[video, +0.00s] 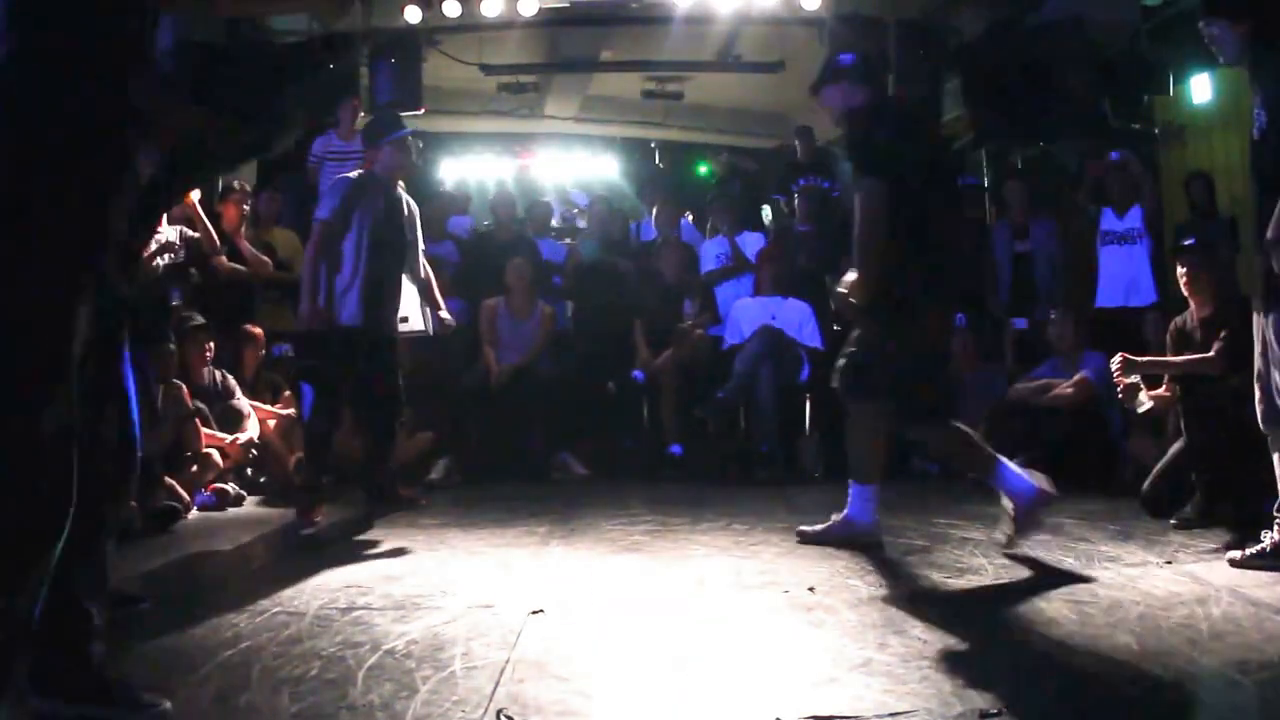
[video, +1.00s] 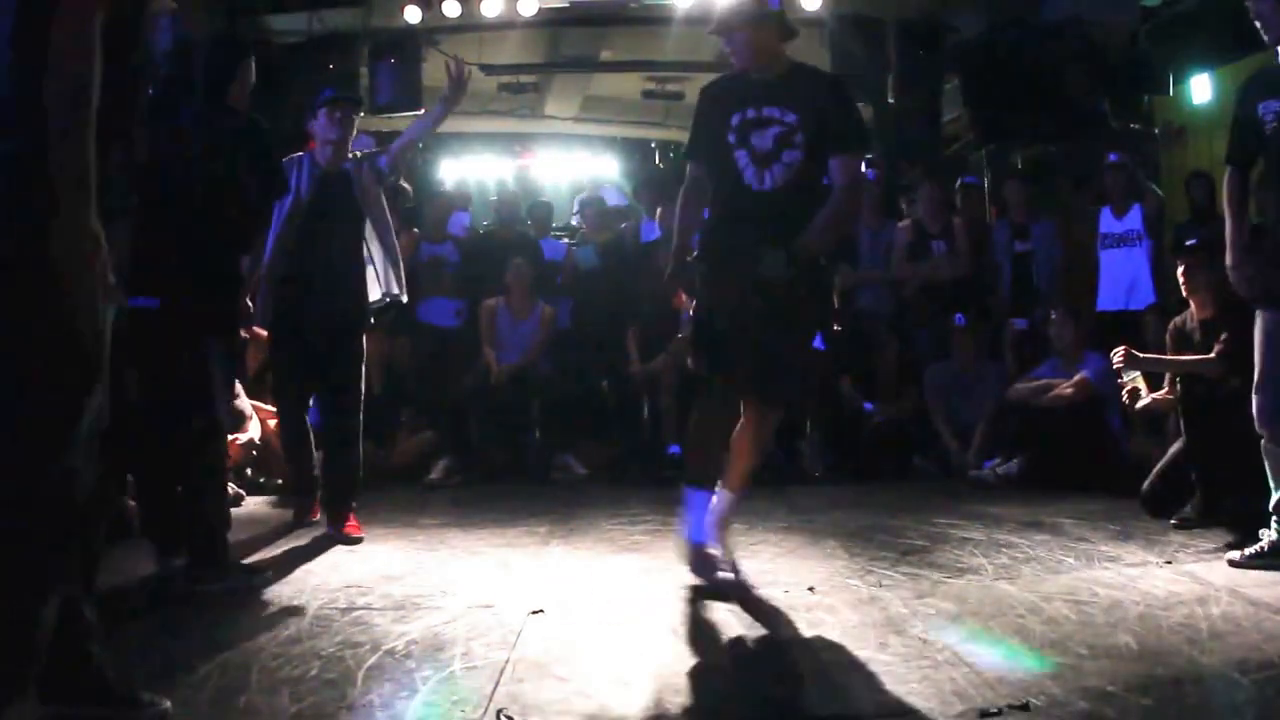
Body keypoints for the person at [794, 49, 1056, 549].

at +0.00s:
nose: (826, 110)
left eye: (828, 97)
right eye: (823, 100)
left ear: (850, 89)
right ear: (866, 91)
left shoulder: (871, 131)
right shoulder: (905, 127)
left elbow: (874, 214)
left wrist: (860, 279)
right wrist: (867, 275)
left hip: (900, 287)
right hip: (927, 285)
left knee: (859, 382)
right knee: (914, 408)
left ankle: (860, 513)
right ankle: (1020, 486)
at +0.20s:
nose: (784, 54)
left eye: (788, 41)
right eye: (781, 44)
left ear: (816, 36)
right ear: (810, 41)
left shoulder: (848, 86)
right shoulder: (831, 92)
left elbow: (845, 175)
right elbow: (815, 180)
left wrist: (804, 246)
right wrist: (790, 235)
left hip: (856, 248)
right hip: (847, 247)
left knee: (777, 336)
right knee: (840, 360)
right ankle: (855, 494)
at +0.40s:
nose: (779, 66)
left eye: (789, 54)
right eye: (776, 55)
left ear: (818, 56)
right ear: (777, 57)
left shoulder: (844, 122)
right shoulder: (772, 111)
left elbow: (822, 219)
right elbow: (731, 181)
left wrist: (757, 272)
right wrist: (699, 214)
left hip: (814, 274)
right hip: (774, 270)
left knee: (759, 393)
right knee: (806, 387)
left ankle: (714, 529)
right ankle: (836, 507)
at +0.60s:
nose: (710, 102)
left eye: (715, 90)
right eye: (706, 92)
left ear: (745, 81)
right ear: (713, 87)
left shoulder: (808, 132)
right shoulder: (725, 134)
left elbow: (827, 236)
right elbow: (686, 220)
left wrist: (771, 284)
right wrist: (726, 205)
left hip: (798, 267)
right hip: (743, 257)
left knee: (735, 389)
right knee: (655, 306)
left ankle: (717, 528)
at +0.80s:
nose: (708, 56)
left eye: (713, 42)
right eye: (702, 48)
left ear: (748, 35)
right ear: (710, 50)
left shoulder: (811, 92)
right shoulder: (710, 111)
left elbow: (834, 192)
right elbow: (694, 204)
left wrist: (797, 265)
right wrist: (657, 286)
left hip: (798, 272)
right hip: (734, 272)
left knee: (758, 405)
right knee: (737, 402)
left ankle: (676, 507)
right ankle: (744, 560)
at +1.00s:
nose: (729, 45)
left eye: (737, 33)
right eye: (725, 36)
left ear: (771, 31)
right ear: (731, 40)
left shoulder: (823, 91)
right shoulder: (717, 95)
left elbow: (848, 188)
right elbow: (695, 186)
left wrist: (809, 247)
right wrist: (676, 259)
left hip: (794, 266)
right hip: (724, 262)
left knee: (765, 402)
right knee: (716, 388)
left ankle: (715, 527)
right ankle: (695, 527)